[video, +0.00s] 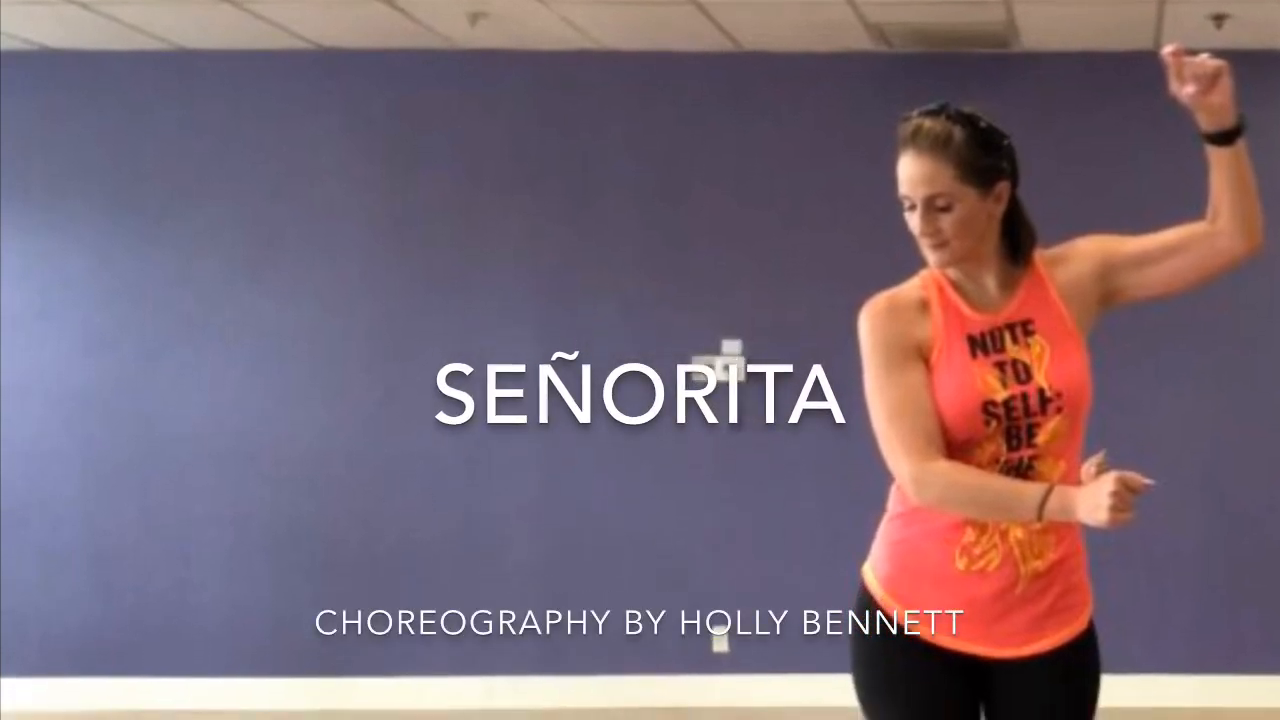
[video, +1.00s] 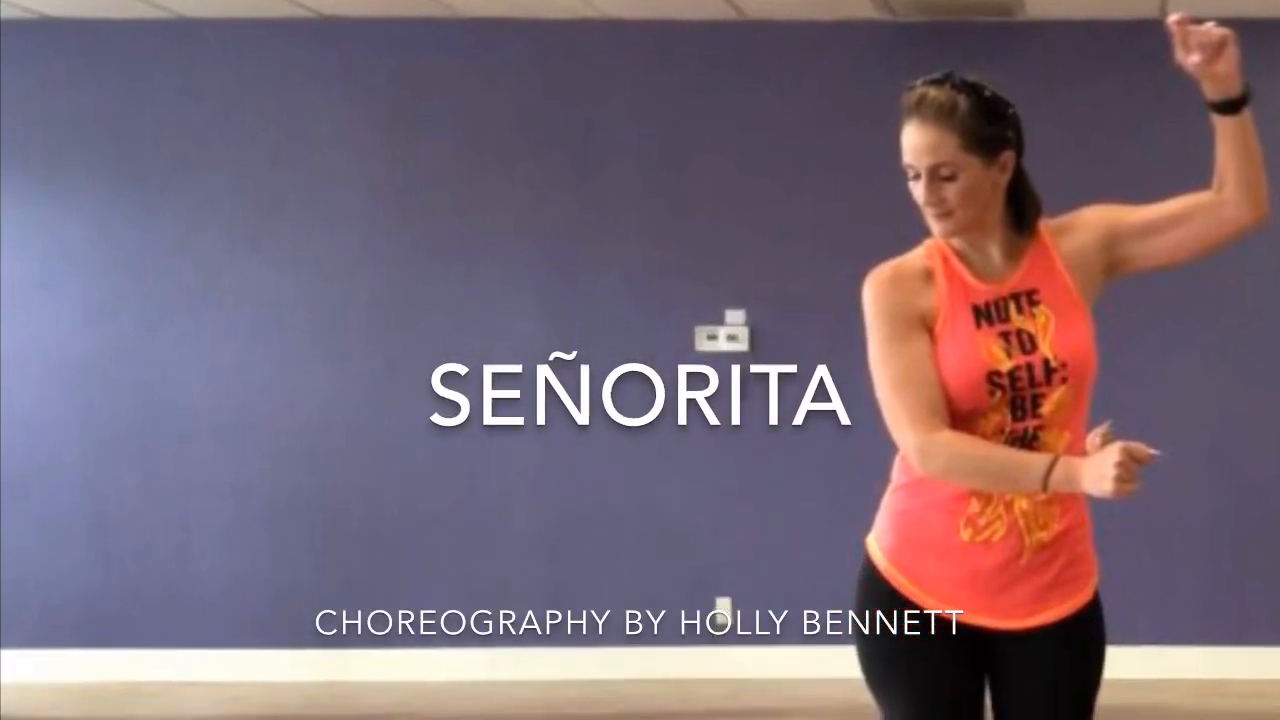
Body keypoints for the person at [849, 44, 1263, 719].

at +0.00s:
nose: (922, 226)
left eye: (941, 207)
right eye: (910, 208)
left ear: (999, 194)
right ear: (900, 203)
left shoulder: (1079, 275)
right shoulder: (894, 319)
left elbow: (1236, 235)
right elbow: (922, 476)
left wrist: (1220, 125)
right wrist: (1066, 500)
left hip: (1046, 631)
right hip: (914, 630)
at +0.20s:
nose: (923, 220)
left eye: (942, 200)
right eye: (910, 201)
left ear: (1000, 189)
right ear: (900, 196)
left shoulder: (1079, 269)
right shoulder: (895, 313)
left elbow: (1237, 230)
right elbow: (923, 470)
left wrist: (1221, 118)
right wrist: (1065, 495)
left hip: (1046, 625)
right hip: (915, 625)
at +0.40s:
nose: (923, 214)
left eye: (943, 194)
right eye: (911, 195)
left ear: (1001, 182)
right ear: (901, 190)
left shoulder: (1081, 263)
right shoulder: (896, 307)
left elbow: (1237, 224)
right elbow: (924, 463)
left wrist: (1222, 112)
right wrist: (1066, 490)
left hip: (1047, 620)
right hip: (915, 621)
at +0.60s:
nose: (924, 207)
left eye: (944, 187)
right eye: (912, 189)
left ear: (1001, 176)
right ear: (902, 184)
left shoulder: (1082, 256)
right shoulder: (896, 301)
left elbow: (1240, 218)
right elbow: (925, 457)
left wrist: (1222, 105)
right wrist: (1068, 483)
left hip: (1048, 616)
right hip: (915, 615)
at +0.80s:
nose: (925, 201)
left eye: (944, 181)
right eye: (912, 183)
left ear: (1002, 170)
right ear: (903, 179)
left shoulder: (1083, 250)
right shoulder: (897, 295)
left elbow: (1240, 212)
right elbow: (925, 452)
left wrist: (1223, 99)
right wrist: (1069, 477)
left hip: (1050, 609)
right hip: (916, 608)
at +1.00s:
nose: (926, 195)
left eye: (945, 175)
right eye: (913, 177)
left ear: (1003, 164)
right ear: (903, 173)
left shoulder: (1085, 244)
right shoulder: (898, 289)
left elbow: (1241, 206)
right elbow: (925, 447)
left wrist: (1224, 93)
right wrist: (1070, 471)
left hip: (1051, 604)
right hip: (917, 603)